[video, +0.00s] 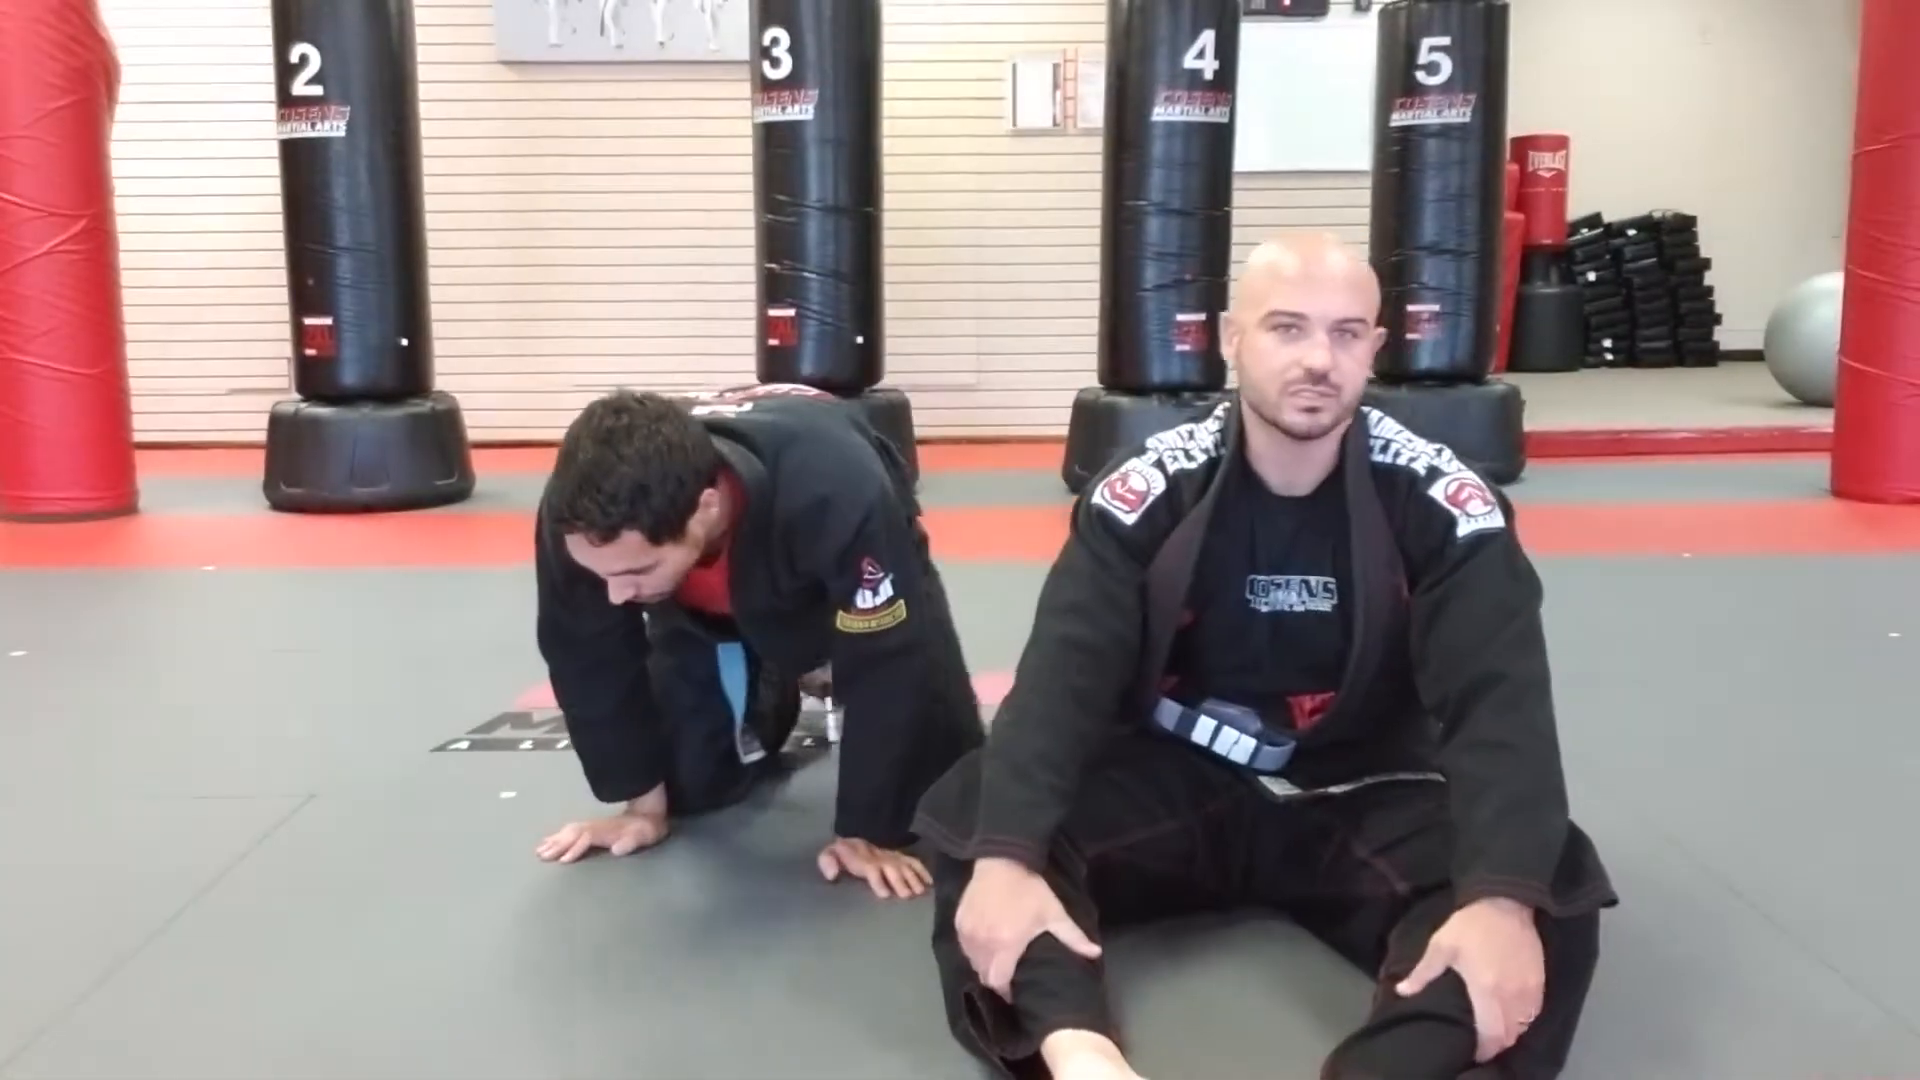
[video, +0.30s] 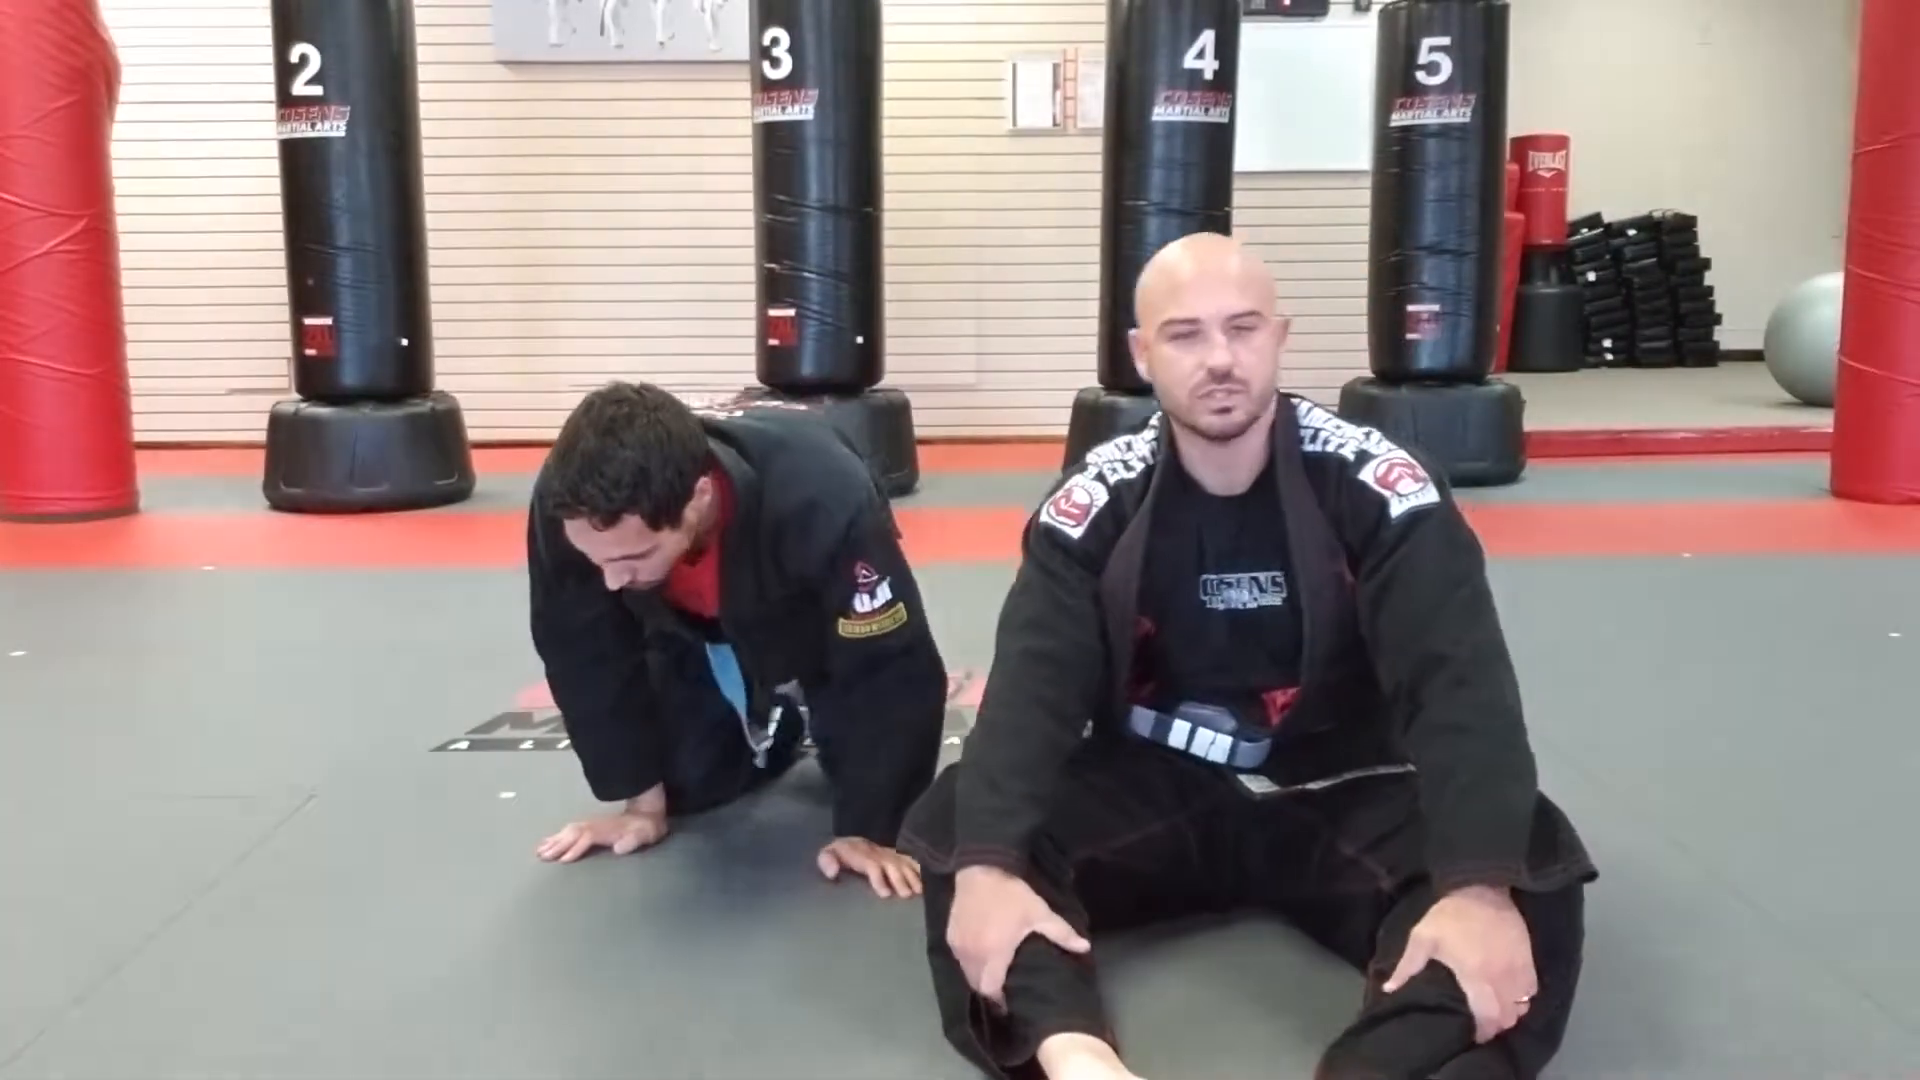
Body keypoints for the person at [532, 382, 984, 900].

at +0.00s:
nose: (616, 596)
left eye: (637, 573)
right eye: (597, 574)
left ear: (705, 510)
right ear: (573, 523)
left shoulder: (834, 495)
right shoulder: (579, 509)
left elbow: (891, 660)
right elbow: (587, 650)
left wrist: (867, 833)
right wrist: (642, 806)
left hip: (826, 598)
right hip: (699, 615)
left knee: (935, 794)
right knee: (690, 788)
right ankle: (791, 679)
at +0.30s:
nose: (613, 581)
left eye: (634, 558)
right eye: (593, 559)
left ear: (698, 501)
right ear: (568, 515)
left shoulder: (820, 498)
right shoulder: (570, 504)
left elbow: (895, 663)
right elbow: (584, 650)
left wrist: (869, 831)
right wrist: (640, 805)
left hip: (818, 623)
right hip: (691, 634)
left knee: (877, 798)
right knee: (683, 788)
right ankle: (784, 713)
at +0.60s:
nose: (685, 418)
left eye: (707, 386)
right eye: (660, 392)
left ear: (759, 356)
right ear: (641, 379)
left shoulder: (849, 433)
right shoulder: (622, 451)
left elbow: (896, 605)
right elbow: (614, 617)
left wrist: (880, 789)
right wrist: (643, 794)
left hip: (841, 624)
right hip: (717, 627)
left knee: (882, 781)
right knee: (692, 776)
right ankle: (803, 720)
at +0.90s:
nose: (757, 255)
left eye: (776, 231)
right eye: (735, 237)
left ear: (815, 242)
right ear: (715, 256)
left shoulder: (891, 360)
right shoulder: (677, 369)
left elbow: (953, 504)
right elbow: (624, 512)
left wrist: (921, 642)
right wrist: (639, 653)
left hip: (862, 600)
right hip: (737, 600)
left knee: (901, 762)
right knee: (685, 762)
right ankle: (809, 713)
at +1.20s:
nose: (792, 222)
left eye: (812, 205)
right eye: (770, 207)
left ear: (843, 231)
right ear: (745, 237)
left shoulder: (912, 349)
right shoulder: (691, 350)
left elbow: (985, 463)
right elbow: (623, 466)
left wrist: (940, 589)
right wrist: (675, 584)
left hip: (871, 602)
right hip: (738, 600)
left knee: (913, 759)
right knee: (678, 761)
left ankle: (789, 702)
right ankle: (803, 717)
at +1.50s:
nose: (804, 217)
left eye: (825, 203)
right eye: (782, 203)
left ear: (854, 231)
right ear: (756, 230)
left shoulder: (917, 353)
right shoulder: (698, 349)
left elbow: (981, 482)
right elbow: (628, 472)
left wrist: (938, 605)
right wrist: (674, 594)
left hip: (871, 603)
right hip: (740, 599)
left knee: (909, 762)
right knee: (679, 762)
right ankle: (807, 718)